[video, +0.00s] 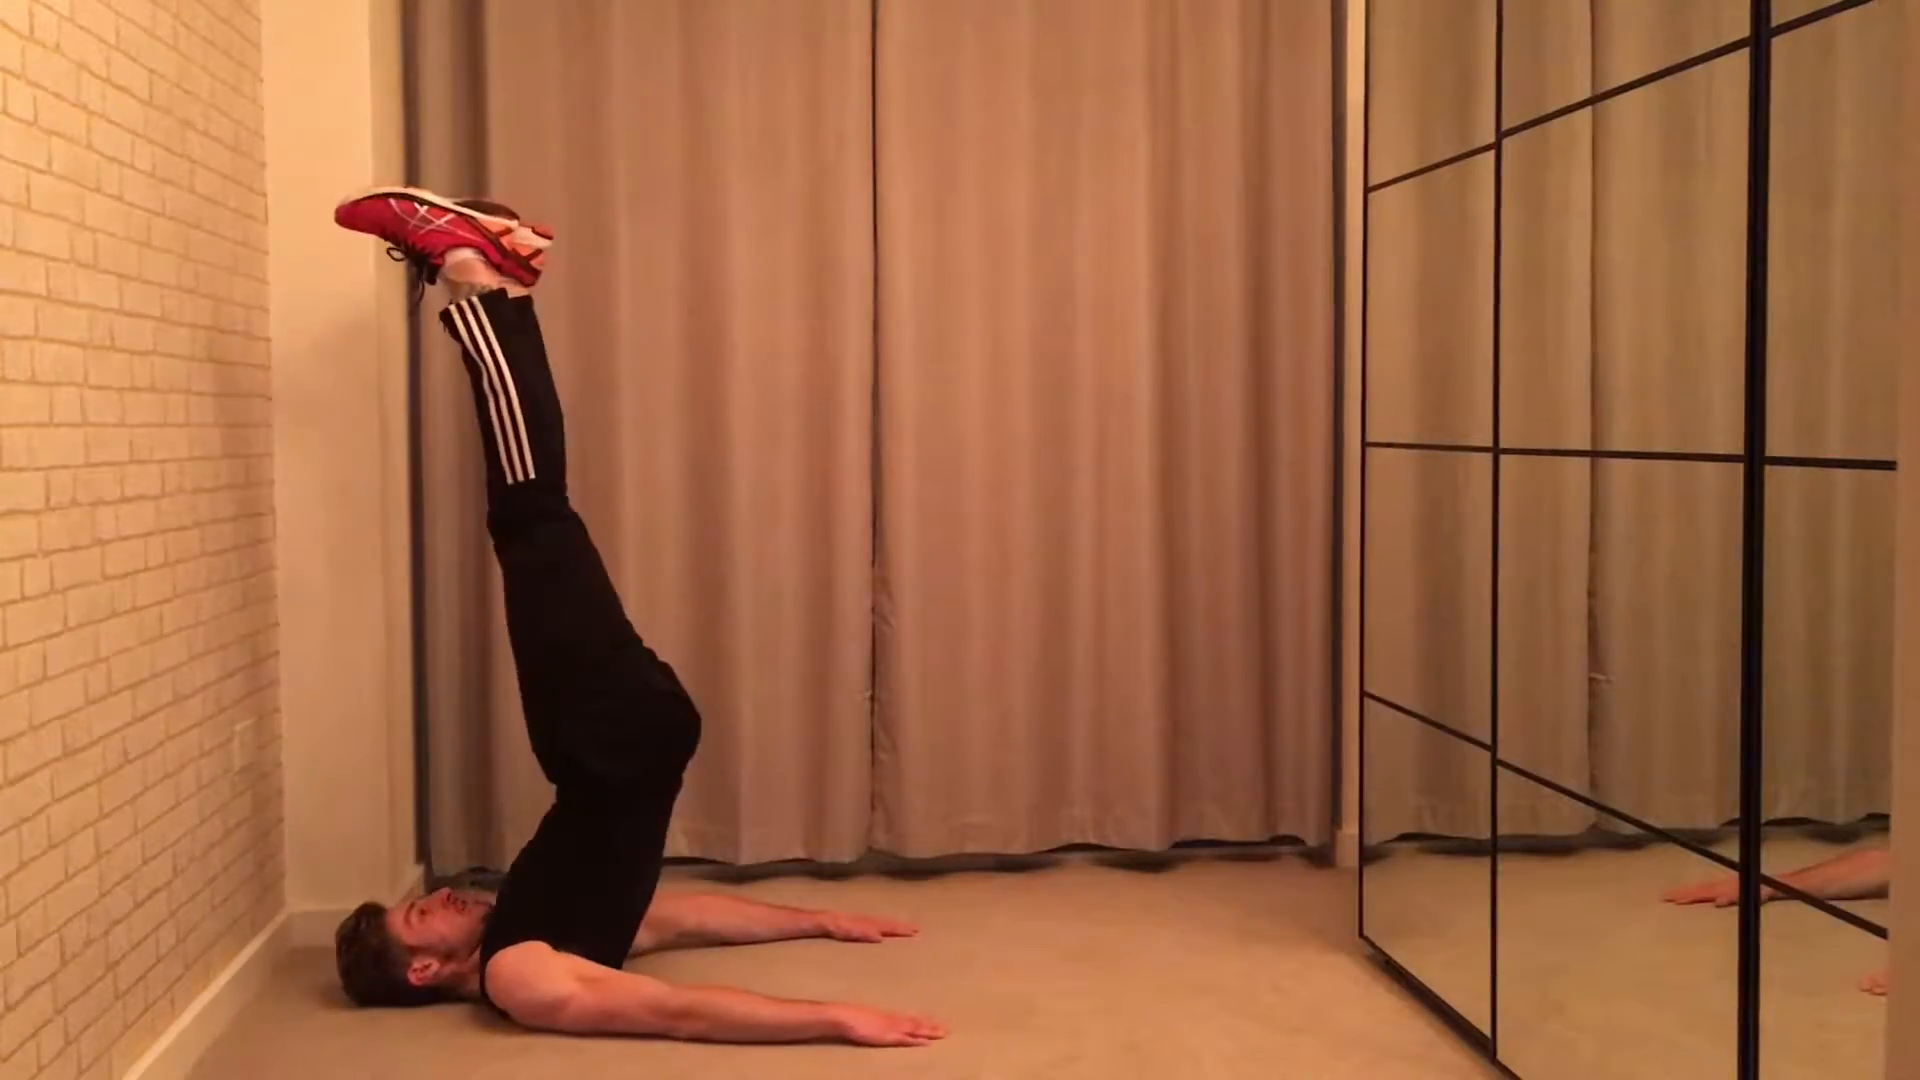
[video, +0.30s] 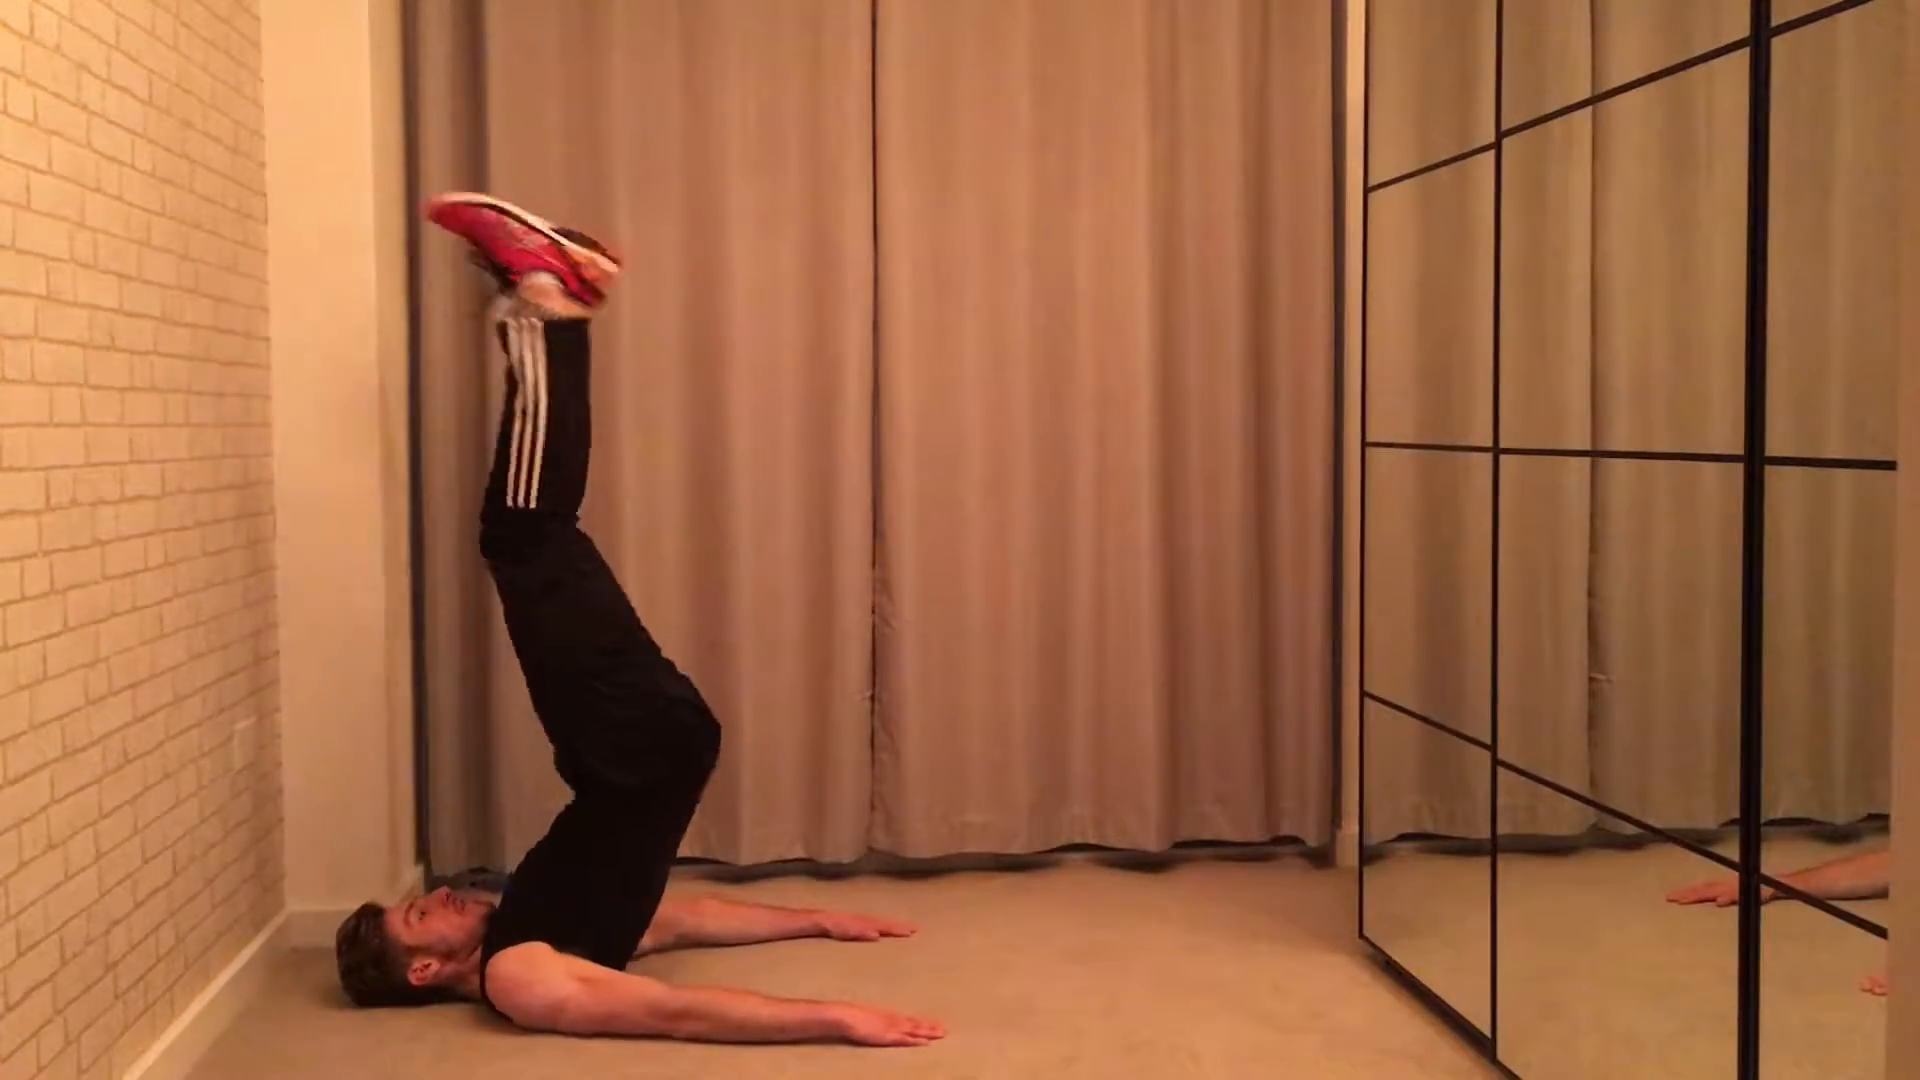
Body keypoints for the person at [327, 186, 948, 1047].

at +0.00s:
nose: (439, 893)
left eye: (421, 896)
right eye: (421, 913)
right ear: (431, 967)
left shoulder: (539, 934)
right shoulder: (520, 976)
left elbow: (683, 916)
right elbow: (682, 1016)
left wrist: (821, 921)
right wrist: (839, 1020)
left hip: (622, 745)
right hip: (632, 744)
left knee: (533, 513)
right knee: (529, 515)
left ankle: (499, 293)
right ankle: (474, 287)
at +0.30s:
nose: (441, 890)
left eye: (423, 893)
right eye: (422, 912)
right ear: (431, 967)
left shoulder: (539, 933)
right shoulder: (520, 976)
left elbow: (682, 920)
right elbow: (680, 1017)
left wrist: (818, 922)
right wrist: (839, 1020)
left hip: (653, 751)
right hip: (653, 755)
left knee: (532, 535)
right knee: (519, 538)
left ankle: (557, 315)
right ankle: (544, 315)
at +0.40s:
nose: (434, 891)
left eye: (413, 896)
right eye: (413, 915)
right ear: (426, 972)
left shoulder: (529, 934)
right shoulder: (522, 979)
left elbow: (681, 915)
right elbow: (676, 1015)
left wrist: (815, 920)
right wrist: (837, 1020)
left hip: (662, 774)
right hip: (685, 769)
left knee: (518, 579)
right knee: (517, 583)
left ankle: (600, 369)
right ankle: (604, 370)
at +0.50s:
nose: (426, 888)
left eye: (407, 894)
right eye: (408, 910)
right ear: (422, 967)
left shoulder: (529, 934)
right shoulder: (520, 978)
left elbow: (684, 917)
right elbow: (674, 1017)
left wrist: (817, 919)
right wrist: (834, 1014)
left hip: (712, 799)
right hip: (715, 806)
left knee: (553, 646)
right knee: (521, 659)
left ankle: (682, 472)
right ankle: (676, 483)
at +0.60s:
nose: (425, 881)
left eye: (406, 887)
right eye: (408, 903)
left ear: (431, 951)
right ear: (421, 960)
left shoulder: (526, 933)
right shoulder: (523, 975)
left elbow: (671, 916)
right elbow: (674, 1016)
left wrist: (804, 920)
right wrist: (833, 1016)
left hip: (748, 853)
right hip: (746, 873)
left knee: (586, 696)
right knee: (567, 729)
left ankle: (753, 569)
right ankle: (766, 610)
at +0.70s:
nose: (446, 849)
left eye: (427, 848)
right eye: (427, 865)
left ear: (443, 910)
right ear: (437, 923)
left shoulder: (531, 901)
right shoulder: (529, 952)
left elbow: (686, 905)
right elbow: (677, 1015)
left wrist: (826, 923)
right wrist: (838, 1012)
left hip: (772, 909)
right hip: (771, 938)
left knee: (682, 689)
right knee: (678, 724)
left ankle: (885, 692)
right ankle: (893, 721)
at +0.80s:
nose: (537, 803)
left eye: (523, 793)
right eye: (513, 805)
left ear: (507, 833)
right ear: (483, 855)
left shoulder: (569, 878)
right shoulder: (551, 916)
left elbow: (704, 910)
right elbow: (675, 1022)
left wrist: (841, 922)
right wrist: (833, 1003)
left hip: (789, 916)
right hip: (790, 949)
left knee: (820, 670)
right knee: (817, 697)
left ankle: (988, 827)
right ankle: (986, 842)